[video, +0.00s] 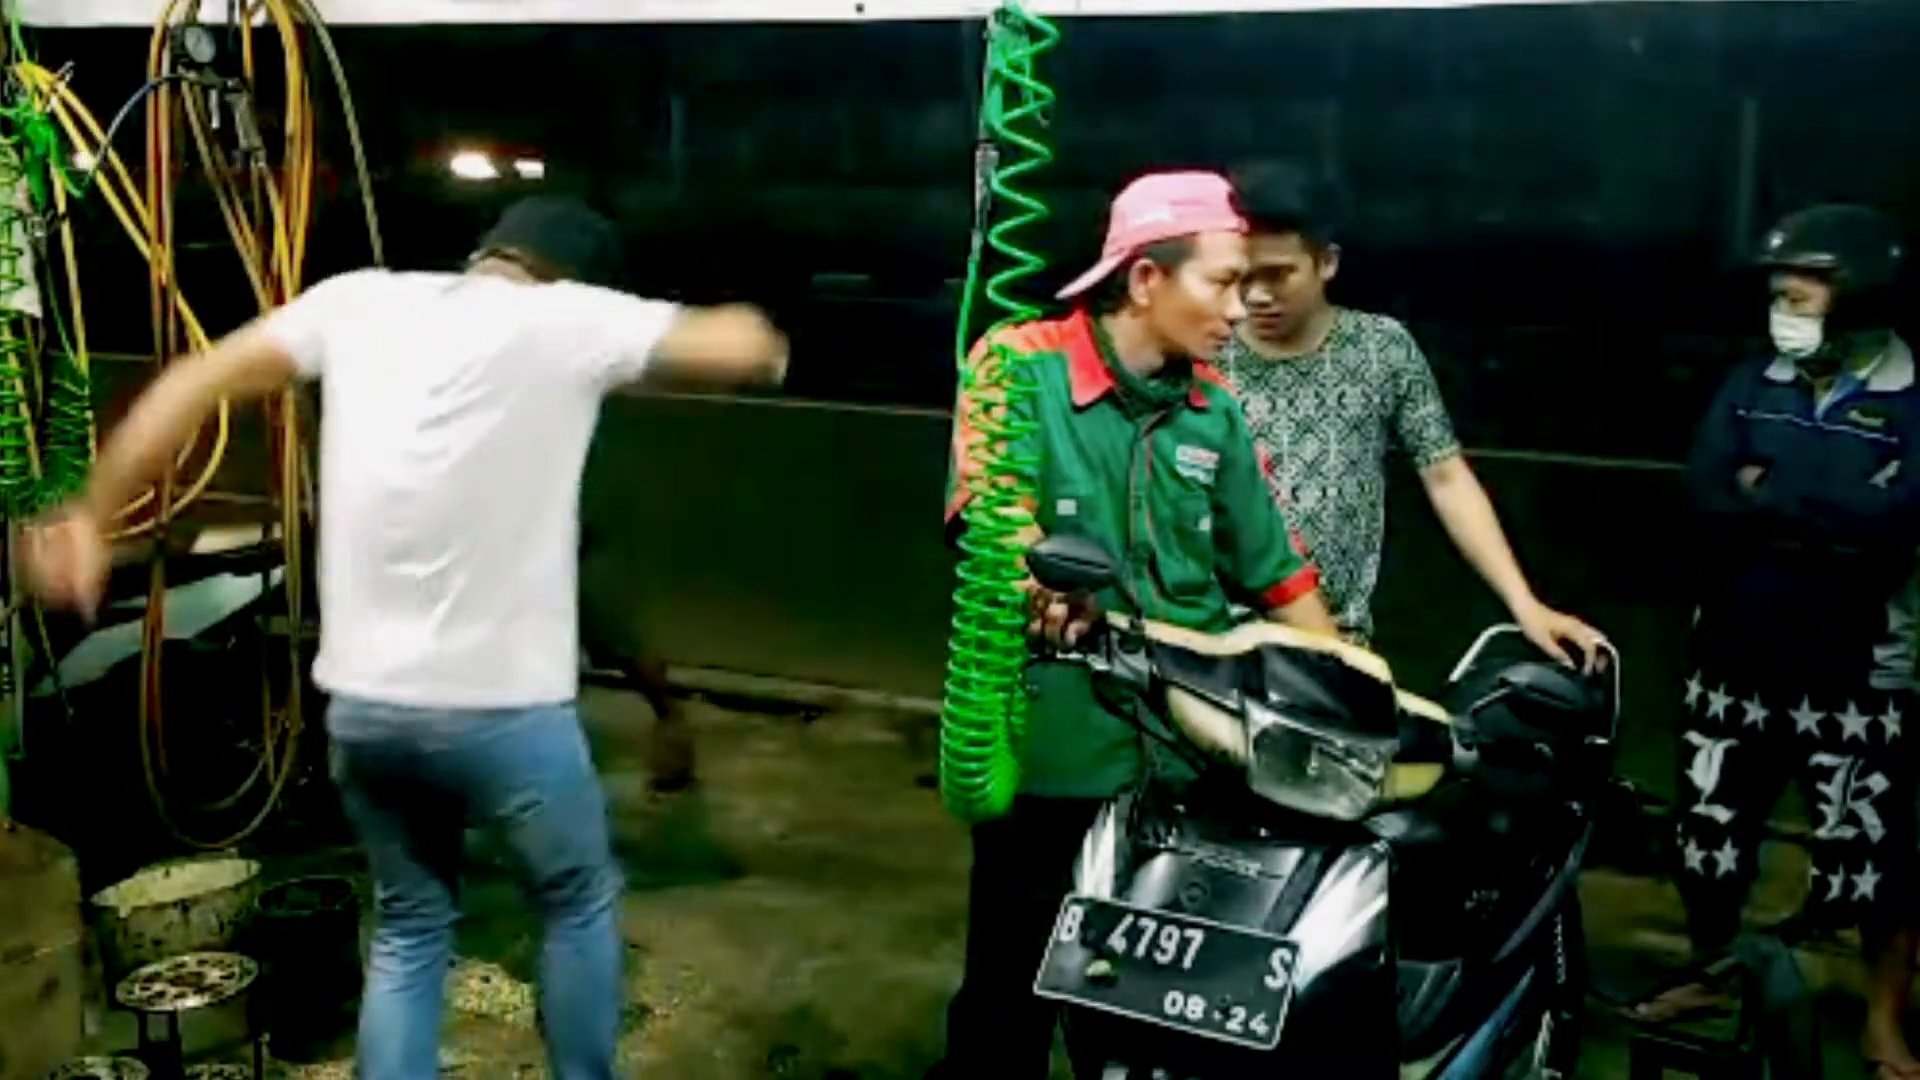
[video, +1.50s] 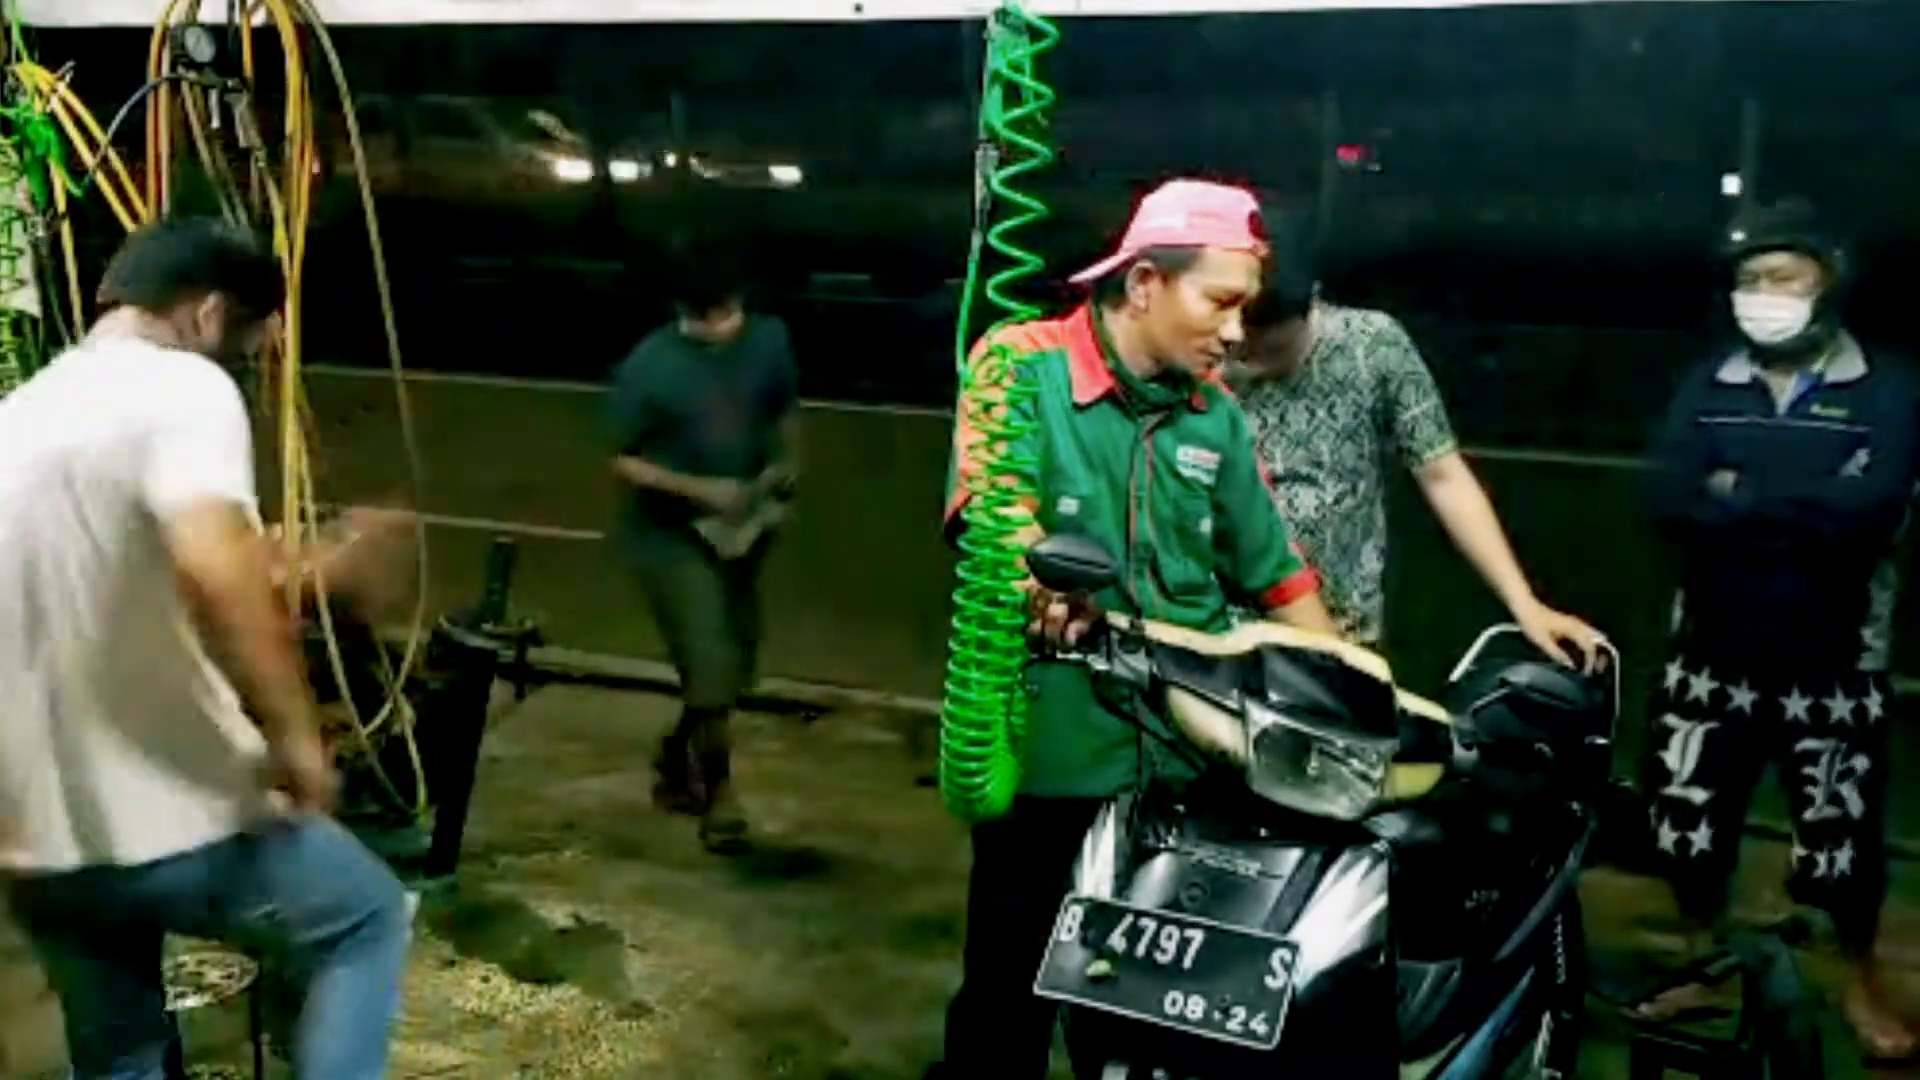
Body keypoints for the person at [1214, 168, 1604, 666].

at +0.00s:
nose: (1259, 296)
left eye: (1278, 274)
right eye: (1243, 278)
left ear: (1326, 263)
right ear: (1224, 273)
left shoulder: (1381, 349)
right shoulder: (1202, 356)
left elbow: (1447, 478)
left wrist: (1526, 607)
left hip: (1334, 639)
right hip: (1213, 633)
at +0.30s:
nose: (1278, 285)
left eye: (1299, 264)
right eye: (1262, 264)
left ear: (1336, 260)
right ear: (1236, 257)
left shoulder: (1379, 349)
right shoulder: (1201, 354)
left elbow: (1443, 476)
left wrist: (1525, 606)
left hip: (1334, 640)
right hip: (1212, 632)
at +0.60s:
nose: (1289, 283)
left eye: (1309, 263)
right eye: (1270, 262)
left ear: (1340, 262)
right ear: (1241, 257)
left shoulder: (1379, 350)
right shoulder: (1204, 352)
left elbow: (1442, 476)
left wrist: (1525, 607)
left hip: (1333, 638)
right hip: (1213, 629)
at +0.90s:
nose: (1296, 310)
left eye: (1315, 289)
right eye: (1276, 290)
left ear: (1338, 273)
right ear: (1241, 272)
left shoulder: (1377, 350)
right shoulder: (1202, 353)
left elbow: (1442, 478)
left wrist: (1525, 607)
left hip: (1337, 640)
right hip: (1220, 636)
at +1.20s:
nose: (1280, 341)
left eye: (1298, 324)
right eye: (1263, 323)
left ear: (1328, 297)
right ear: (1238, 298)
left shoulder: (1376, 347)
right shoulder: (1200, 355)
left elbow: (1442, 479)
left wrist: (1526, 606)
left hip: (1337, 645)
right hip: (1218, 640)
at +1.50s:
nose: (1253, 365)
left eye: (1271, 351)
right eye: (1244, 351)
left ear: (1310, 312)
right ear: (1226, 327)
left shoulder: (1373, 347)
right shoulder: (1197, 367)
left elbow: (1445, 478)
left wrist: (1526, 606)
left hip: (1342, 646)